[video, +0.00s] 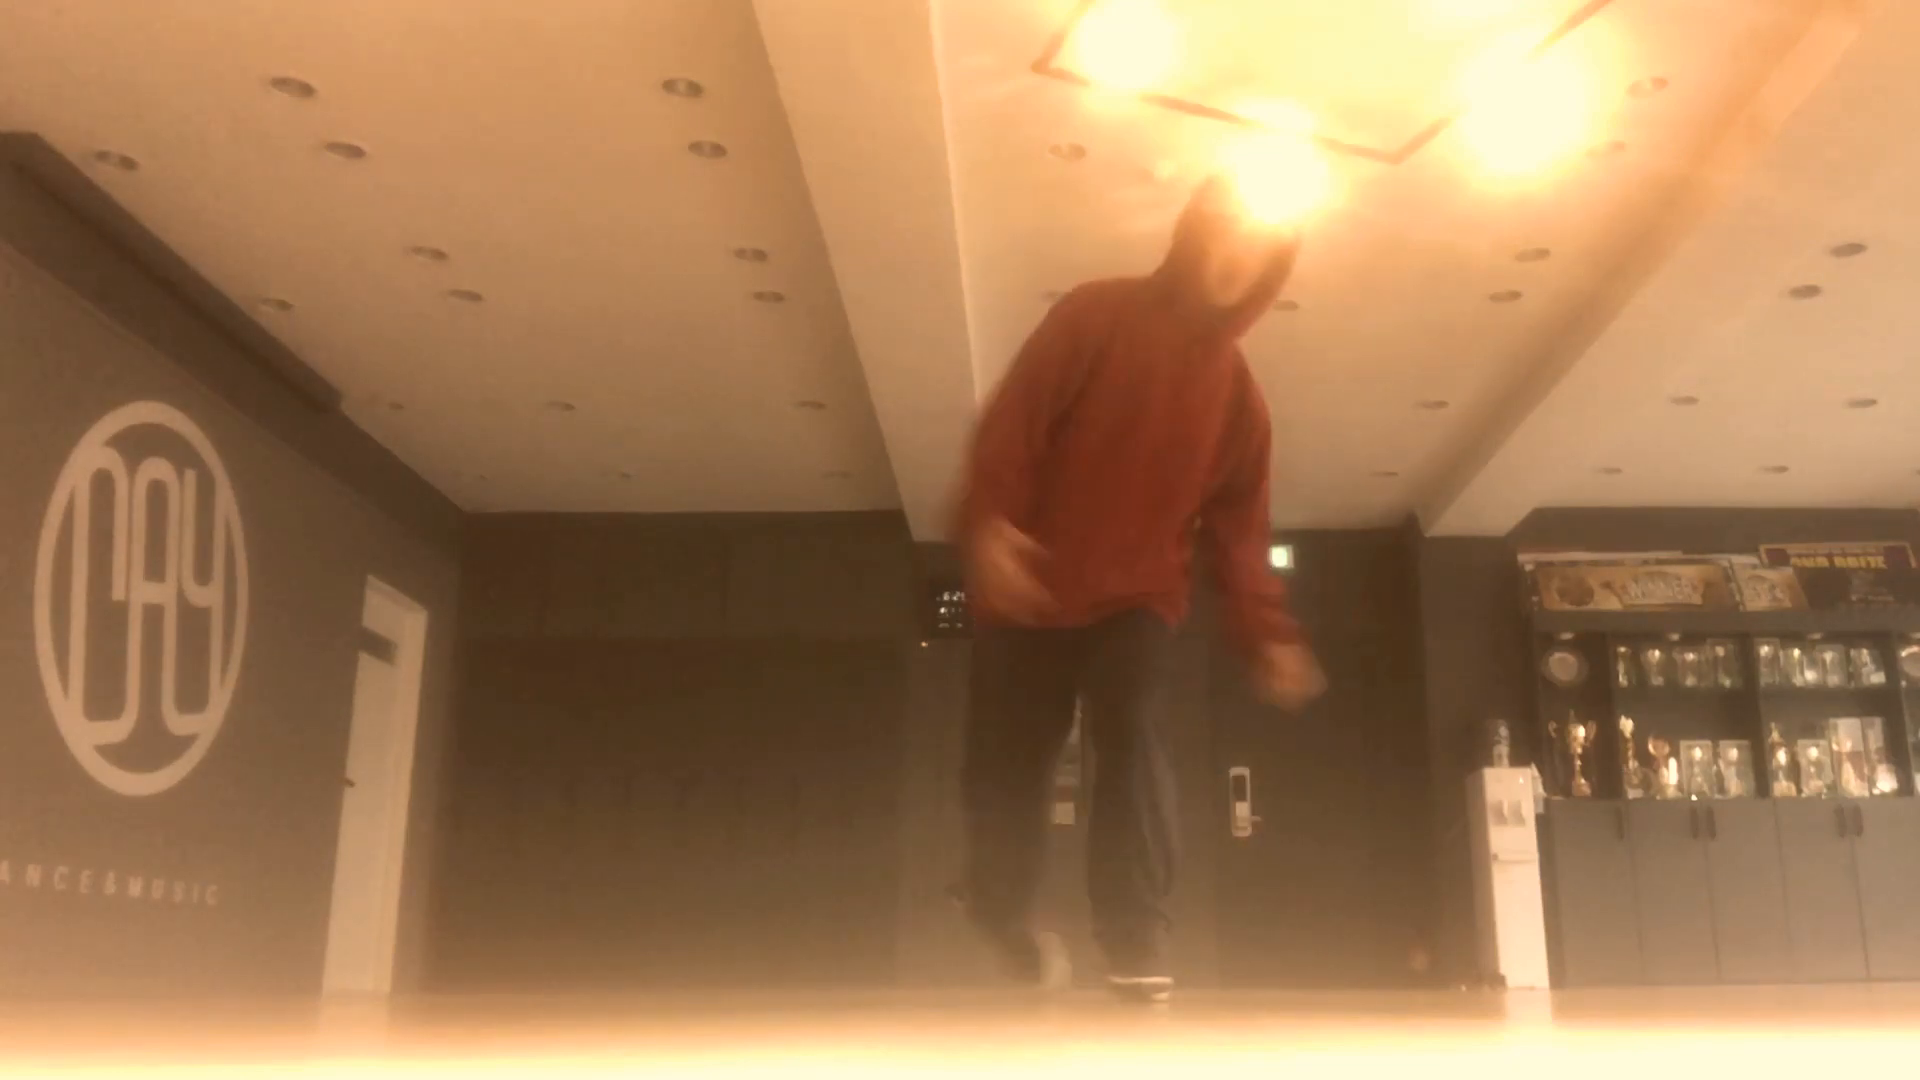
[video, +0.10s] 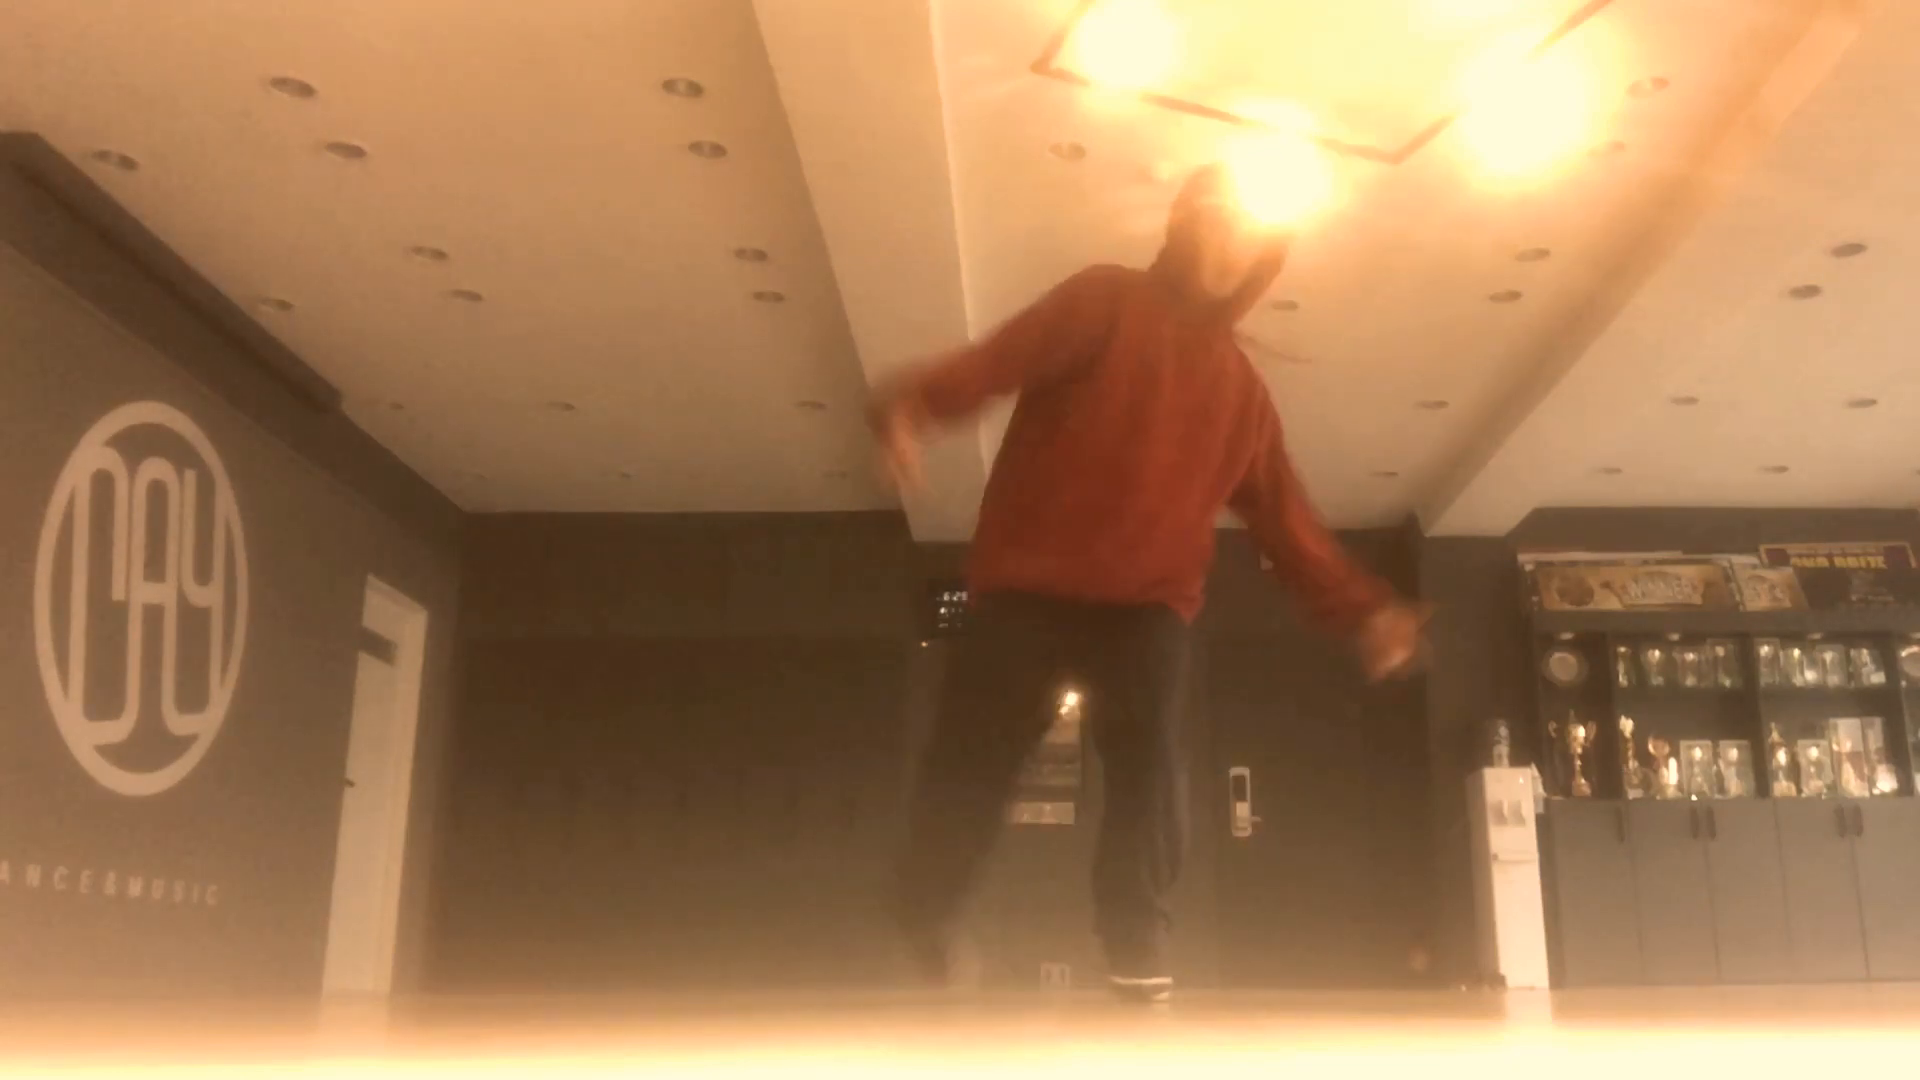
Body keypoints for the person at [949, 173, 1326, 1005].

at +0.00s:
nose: (1236, 269)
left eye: (1257, 257)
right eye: (1228, 243)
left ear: (1269, 278)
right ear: (1191, 238)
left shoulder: (1235, 392)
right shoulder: (1095, 315)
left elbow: (1239, 530)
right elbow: (1017, 414)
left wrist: (1270, 632)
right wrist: (989, 519)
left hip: (1139, 589)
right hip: (1034, 574)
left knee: (1134, 745)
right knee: (1013, 753)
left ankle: (1135, 939)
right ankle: (1003, 917)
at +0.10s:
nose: (1223, 248)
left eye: (1244, 236)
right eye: (1213, 224)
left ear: (1257, 267)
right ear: (1179, 229)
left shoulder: (1241, 386)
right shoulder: (1106, 298)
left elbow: (1288, 523)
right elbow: (999, 359)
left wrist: (1365, 607)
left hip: (1148, 599)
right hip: (1029, 575)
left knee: (1148, 768)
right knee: (978, 752)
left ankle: (1138, 945)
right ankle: (926, 923)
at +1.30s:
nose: (1077, 199)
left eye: (1096, 178)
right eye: (1057, 183)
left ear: (1130, 186)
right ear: (1037, 202)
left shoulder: (1202, 271)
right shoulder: (1028, 330)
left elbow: (1280, 371)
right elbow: (1024, 451)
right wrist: (1049, 533)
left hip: (1243, 530)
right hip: (1130, 544)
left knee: (1247, 726)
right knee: (1181, 724)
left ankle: (1156, 902)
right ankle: (1263, 930)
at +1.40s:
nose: (1118, 225)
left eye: (1137, 208)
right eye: (1099, 206)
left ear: (1159, 220)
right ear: (1063, 215)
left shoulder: (1202, 322)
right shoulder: (1021, 335)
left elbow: (1274, 451)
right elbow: (985, 446)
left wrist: (1290, 582)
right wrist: (1037, 477)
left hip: (1213, 552)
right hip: (1105, 545)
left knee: (1211, 727)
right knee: (1164, 666)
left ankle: (1158, 934)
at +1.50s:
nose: (1137, 235)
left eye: (1155, 218)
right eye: (1120, 214)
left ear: (1174, 233)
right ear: (1082, 223)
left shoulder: (1199, 345)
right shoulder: (1021, 340)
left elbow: (1259, 481)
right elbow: (974, 448)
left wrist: (1272, 609)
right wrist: (1036, 461)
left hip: (1197, 578)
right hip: (1084, 577)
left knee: (1201, 763)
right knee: (1125, 709)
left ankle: (1140, 931)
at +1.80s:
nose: (1086, 225)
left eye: (1103, 211)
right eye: (1072, 207)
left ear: (1127, 228)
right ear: (1044, 218)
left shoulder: (1149, 347)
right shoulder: (995, 327)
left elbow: (1195, 461)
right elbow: (1001, 454)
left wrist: (1220, 558)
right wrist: (1087, 542)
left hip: (1134, 591)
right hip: (1024, 591)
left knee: (1136, 772)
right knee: (1009, 771)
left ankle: (1135, 948)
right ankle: (983, 940)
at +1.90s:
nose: (1065, 251)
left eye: (1083, 239)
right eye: (1052, 233)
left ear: (1100, 256)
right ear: (1022, 240)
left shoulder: (1120, 368)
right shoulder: (968, 350)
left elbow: (1172, 470)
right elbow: (976, 488)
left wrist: (1196, 557)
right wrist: (1060, 579)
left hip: (1104, 608)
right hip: (1000, 609)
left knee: (1124, 786)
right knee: (976, 790)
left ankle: (1137, 950)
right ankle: (969, 942)